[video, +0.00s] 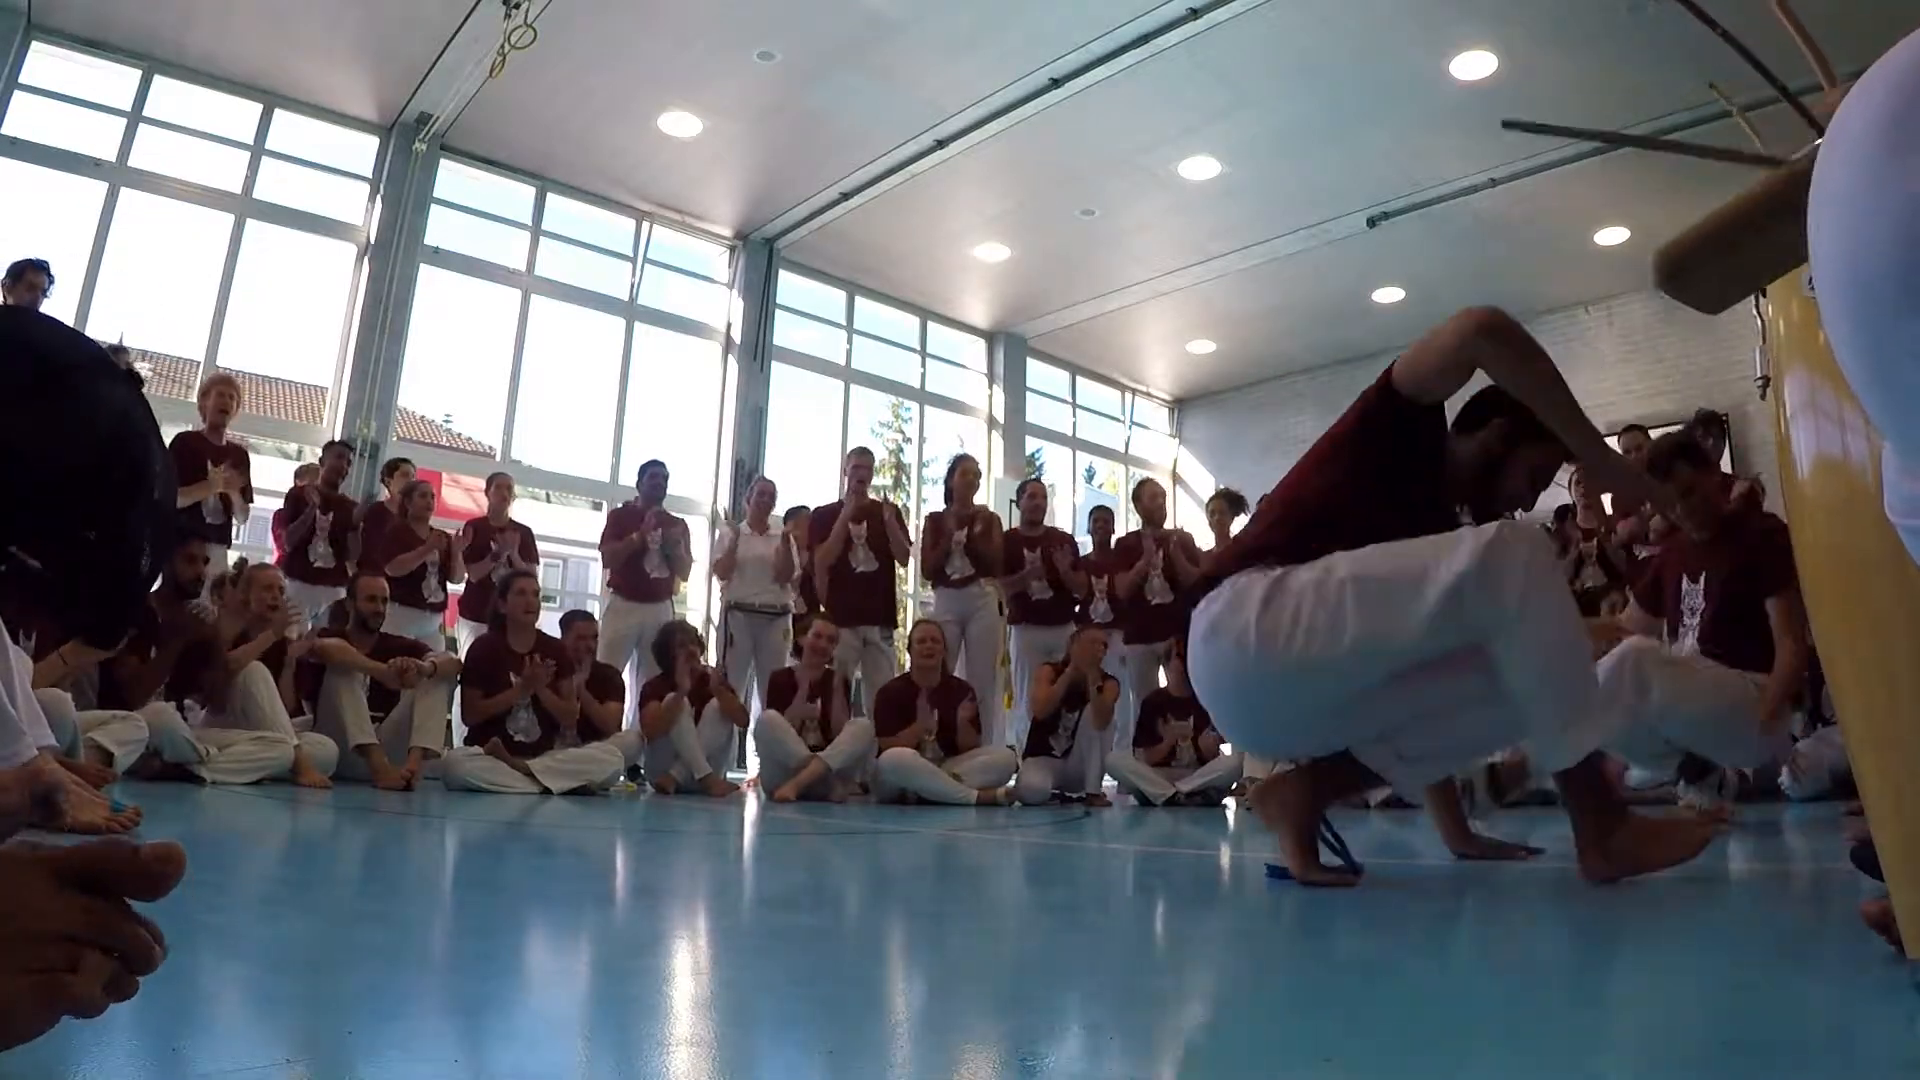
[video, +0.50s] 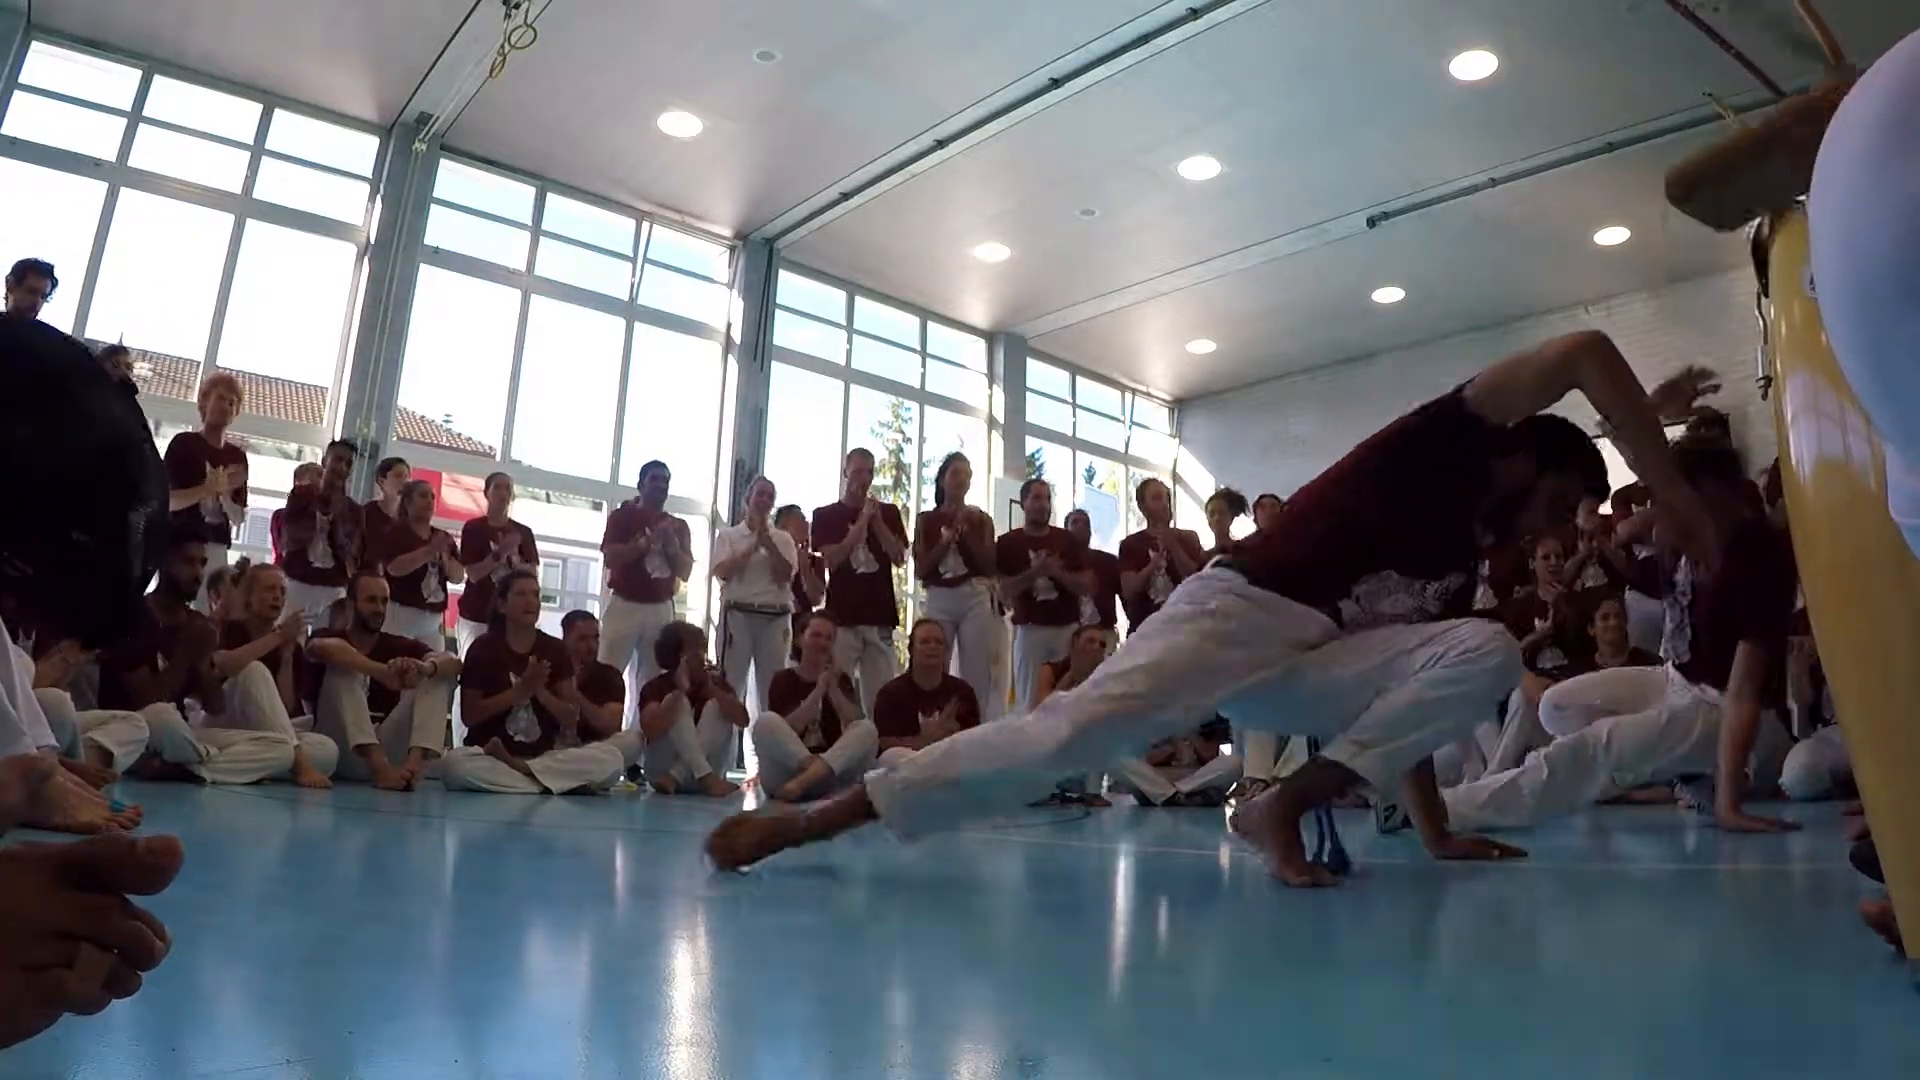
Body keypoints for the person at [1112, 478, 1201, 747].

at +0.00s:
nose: (1161, 504)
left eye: (1163, 498)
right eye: (1153, 498)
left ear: (1167, 502)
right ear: (1138, 505)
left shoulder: (1183, 540)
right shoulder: (1126, 544)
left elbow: (1194, 582)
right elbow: (1122, 591)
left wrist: (1176, 554)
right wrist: (1145, 562)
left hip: (1179, 634)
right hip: (1140, 637)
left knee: (1183, 702)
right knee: (1143, 704)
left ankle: (1187, 761)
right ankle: (1141, 762)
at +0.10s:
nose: (1160, 503)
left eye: (1162, 497)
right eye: (1152, 498)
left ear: (1167, 502)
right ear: (1137, 505)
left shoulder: (1183, 540)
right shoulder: (1126, 544)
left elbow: (1194, 581)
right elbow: (1120, 591)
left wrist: (1171, 556)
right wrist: (1147, 566)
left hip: (1179, 634)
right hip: (1140, 636)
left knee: (1185, 700)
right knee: (1144, 704)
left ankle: (1191, 756)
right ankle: (1145, 761)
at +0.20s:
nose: (1161, 502)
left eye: (1163, 497)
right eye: (1153, 498)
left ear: (1167, 501)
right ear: (1138, 506)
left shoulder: (1183, 540)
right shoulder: (1126, 544)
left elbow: (1193, 584)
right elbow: (1121, 590)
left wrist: (1170, 548)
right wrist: (1146, 560)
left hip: (1179, 634)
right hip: (1141, 637)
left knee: (1188, 702)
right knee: (1144, 707)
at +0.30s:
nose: (1161, 504)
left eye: (1163, 498)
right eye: (1153, 499)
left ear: (1168, 501)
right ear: (1138, 507)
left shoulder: (1183, 540)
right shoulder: (1126, 545)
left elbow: (1196, 582)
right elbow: (1122, 587)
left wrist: (1180, 553)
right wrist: (1141, 559)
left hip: (1180, 632)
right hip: (1142, 636)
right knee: (1146, 701)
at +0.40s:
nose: (1163, 503)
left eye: (1165, 497)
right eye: (1154, 498)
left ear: (1169, 500)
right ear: (1140, 506)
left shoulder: (1186, 538)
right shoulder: (1128, 545)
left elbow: (1195, 583)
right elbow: (1128, 589)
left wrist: (1172, 545)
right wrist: (1150, 563)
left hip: (1183, 630)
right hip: (1144, 635)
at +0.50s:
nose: (1165, 503)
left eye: (1167, 497)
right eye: (1156, 498)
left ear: (1171, 502)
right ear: (1142, 506)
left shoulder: (1189, 538)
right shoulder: (1130, 545)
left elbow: (1198, 580)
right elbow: (1128, 590)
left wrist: (1174, 546)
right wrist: (1152, 566)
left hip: (1186, 624)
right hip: (1145, 628)